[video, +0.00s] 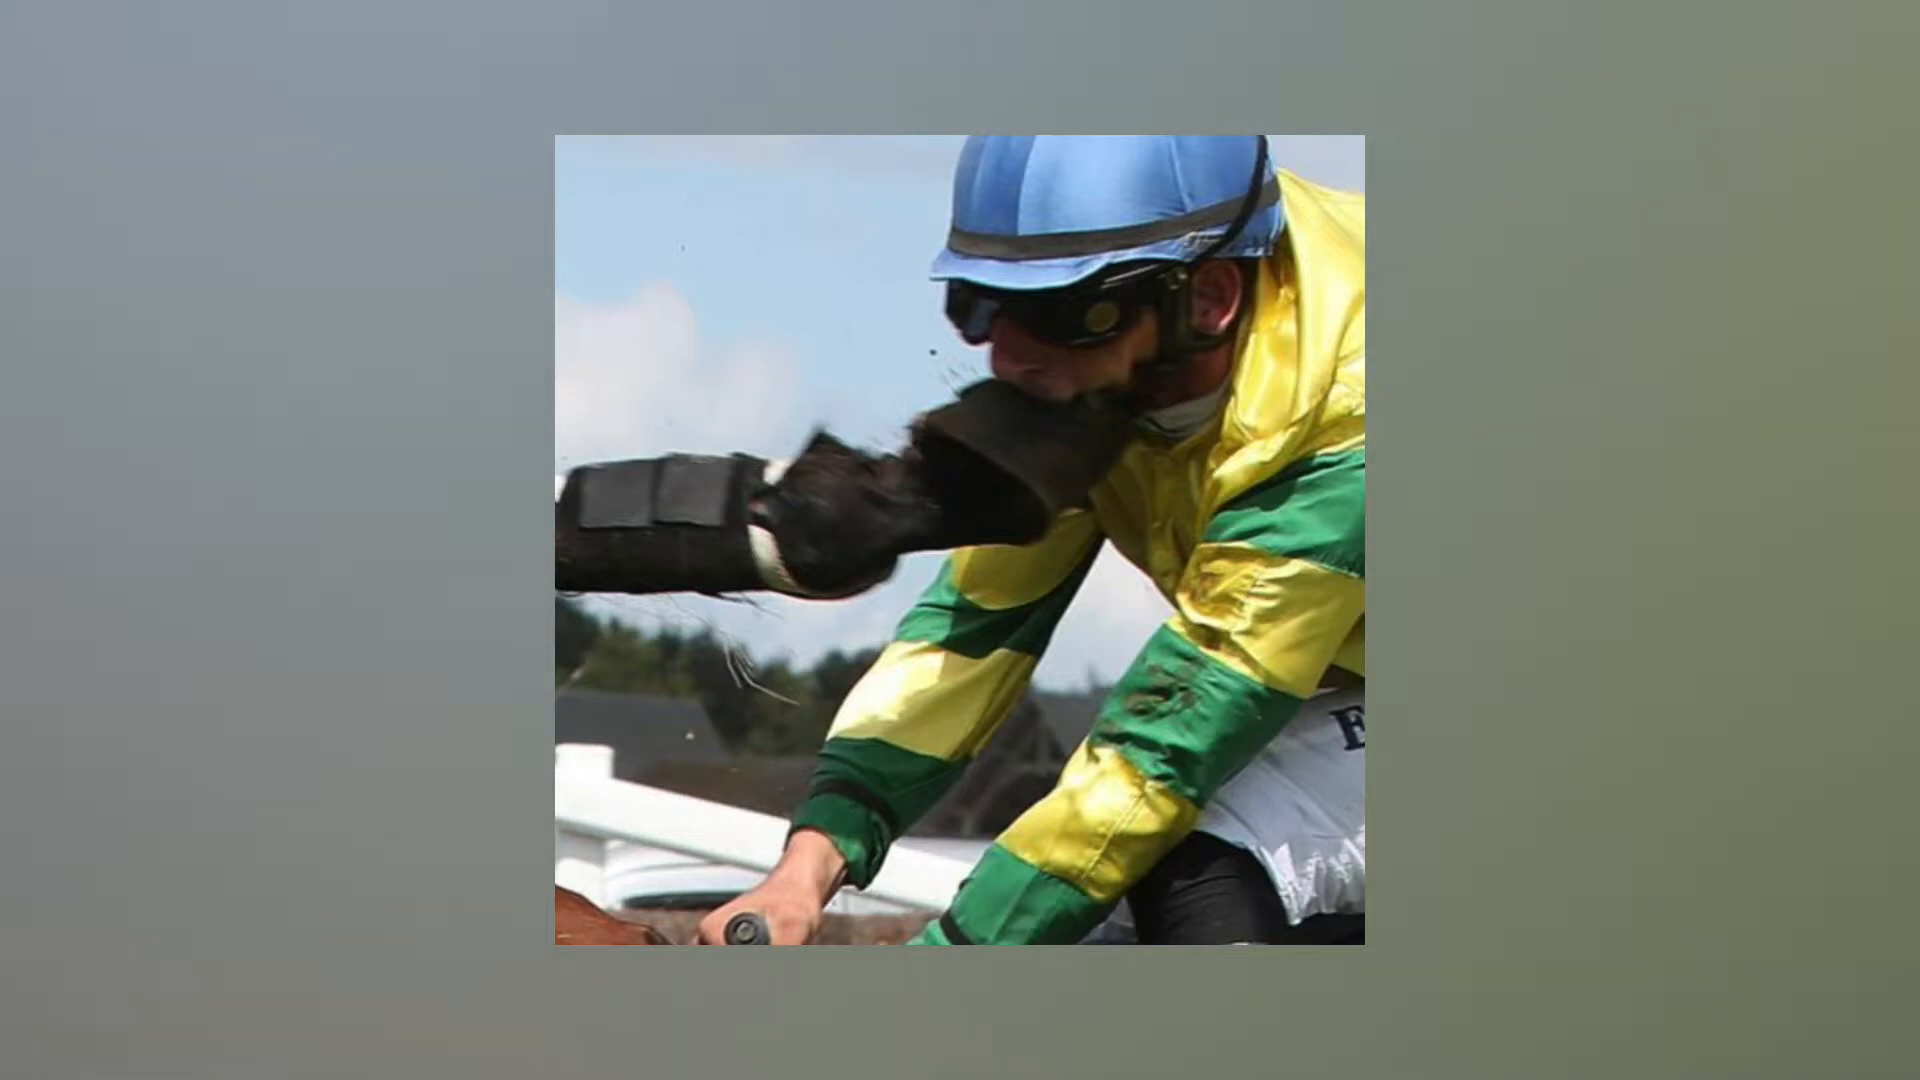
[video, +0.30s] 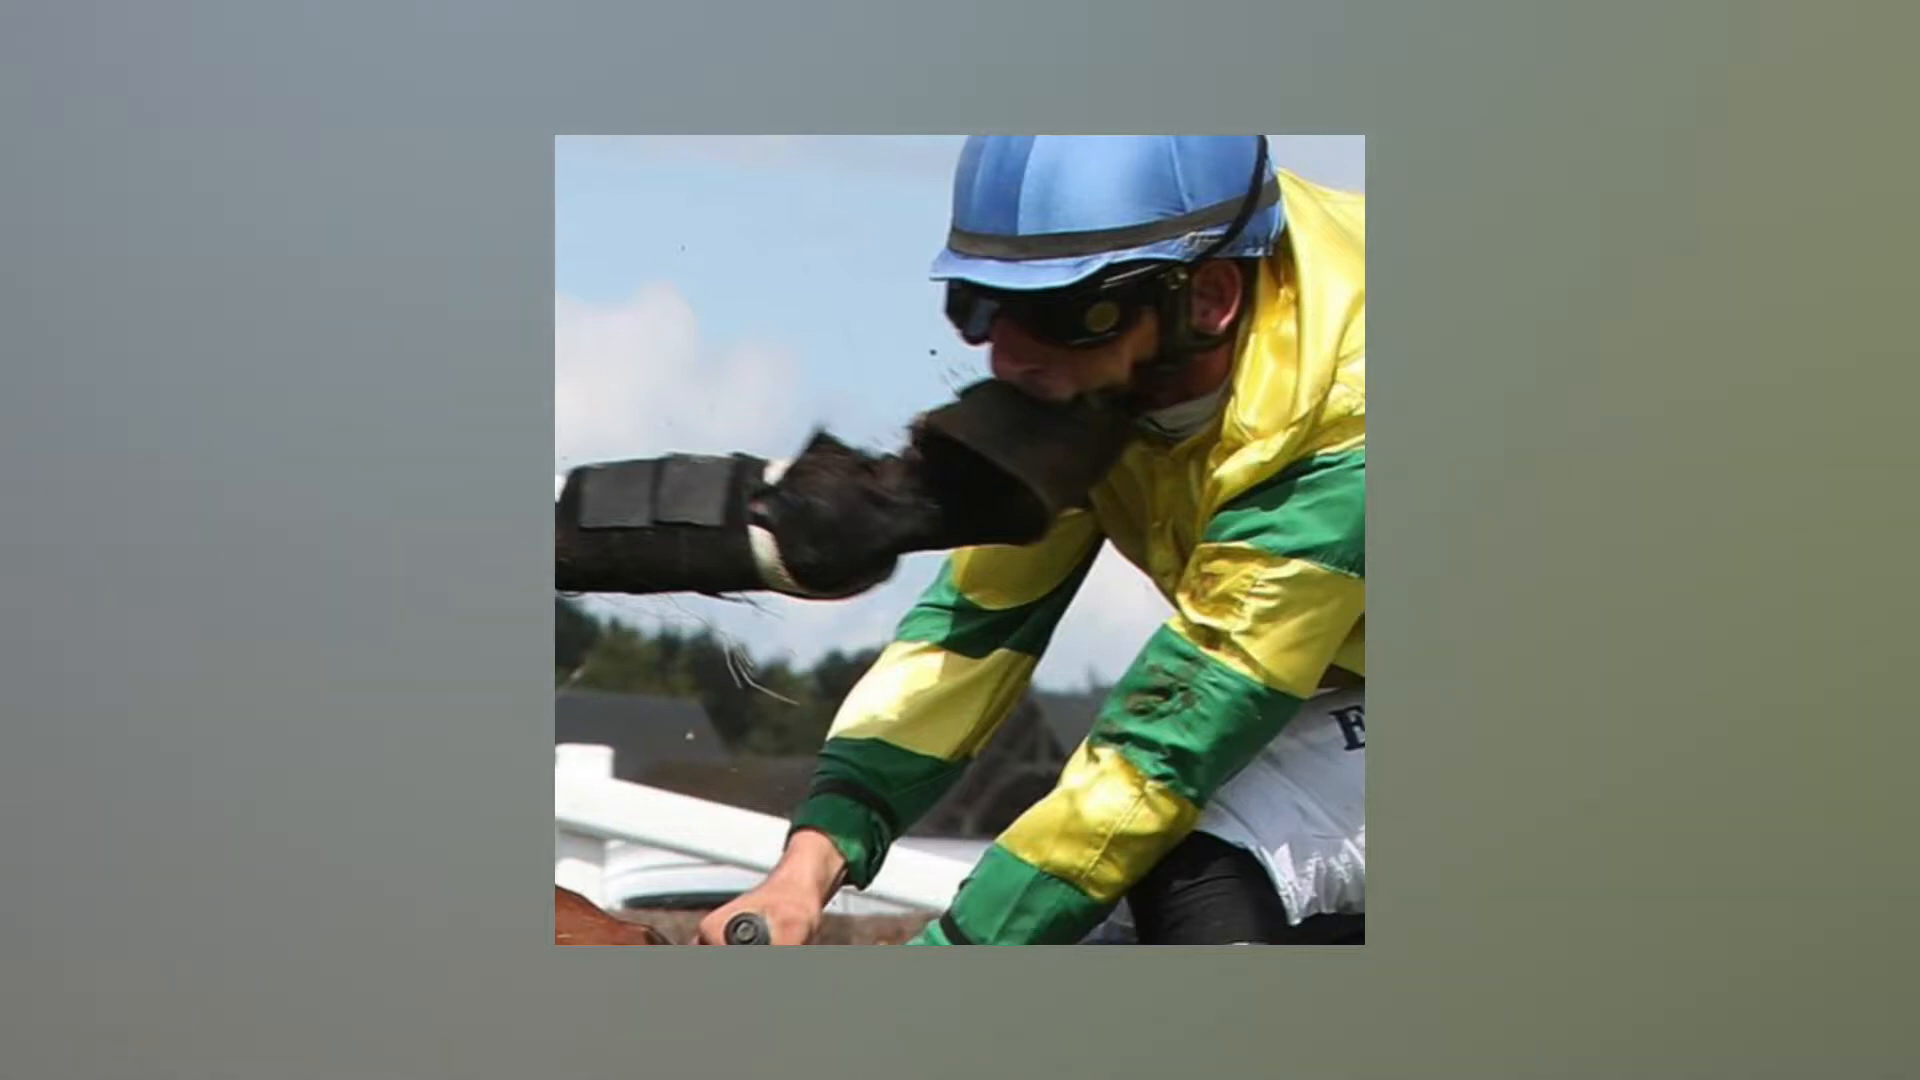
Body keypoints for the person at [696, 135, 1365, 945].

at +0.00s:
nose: (1005, 358)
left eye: (1056, 318)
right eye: (987, 309)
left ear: (1209, 299)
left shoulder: (1341, 429)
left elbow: (1159, 752)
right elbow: (969, 623)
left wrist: (932, 966)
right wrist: (804, 871)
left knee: (1204, 862)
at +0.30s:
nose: (1005, 358)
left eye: (1056, 318)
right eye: (988, 308)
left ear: (1209, 298)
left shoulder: (1340, 429)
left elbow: (1160, 752)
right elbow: (969, 624)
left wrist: (933, 962)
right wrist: (804, 872)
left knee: (1204, 862)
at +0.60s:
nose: (1005, 358)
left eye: (1056, 318)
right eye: (987, 309)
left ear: (1209, 299)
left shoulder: (1341, 429)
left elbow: (1160, 752)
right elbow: (969, 623)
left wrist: (933, 963)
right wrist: (804, 872)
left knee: (1204, 863)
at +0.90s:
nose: (1005, 358)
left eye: (1055, 318)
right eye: (988, 308)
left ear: (1209, 298)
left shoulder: (1341, 428)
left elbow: (1160, 752)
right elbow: (969, 624)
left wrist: (933, 963)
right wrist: (804, 872)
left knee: (1204, 862)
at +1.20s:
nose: (1005, 358)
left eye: (1055, 318)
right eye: (987, 309)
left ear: (1209, 299)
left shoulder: (1341, 429)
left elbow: (1159, 752)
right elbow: (969, 623)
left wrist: (932, 964)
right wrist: (804, 873)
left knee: (1204, 863)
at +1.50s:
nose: (1005, 358)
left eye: (1055, 318)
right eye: (988, 309)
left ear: (1209, 299)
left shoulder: (1341, 428)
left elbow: (1159, 752)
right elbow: (969, 623)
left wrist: (931, 967)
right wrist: (804, 872)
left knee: (1204, 862)